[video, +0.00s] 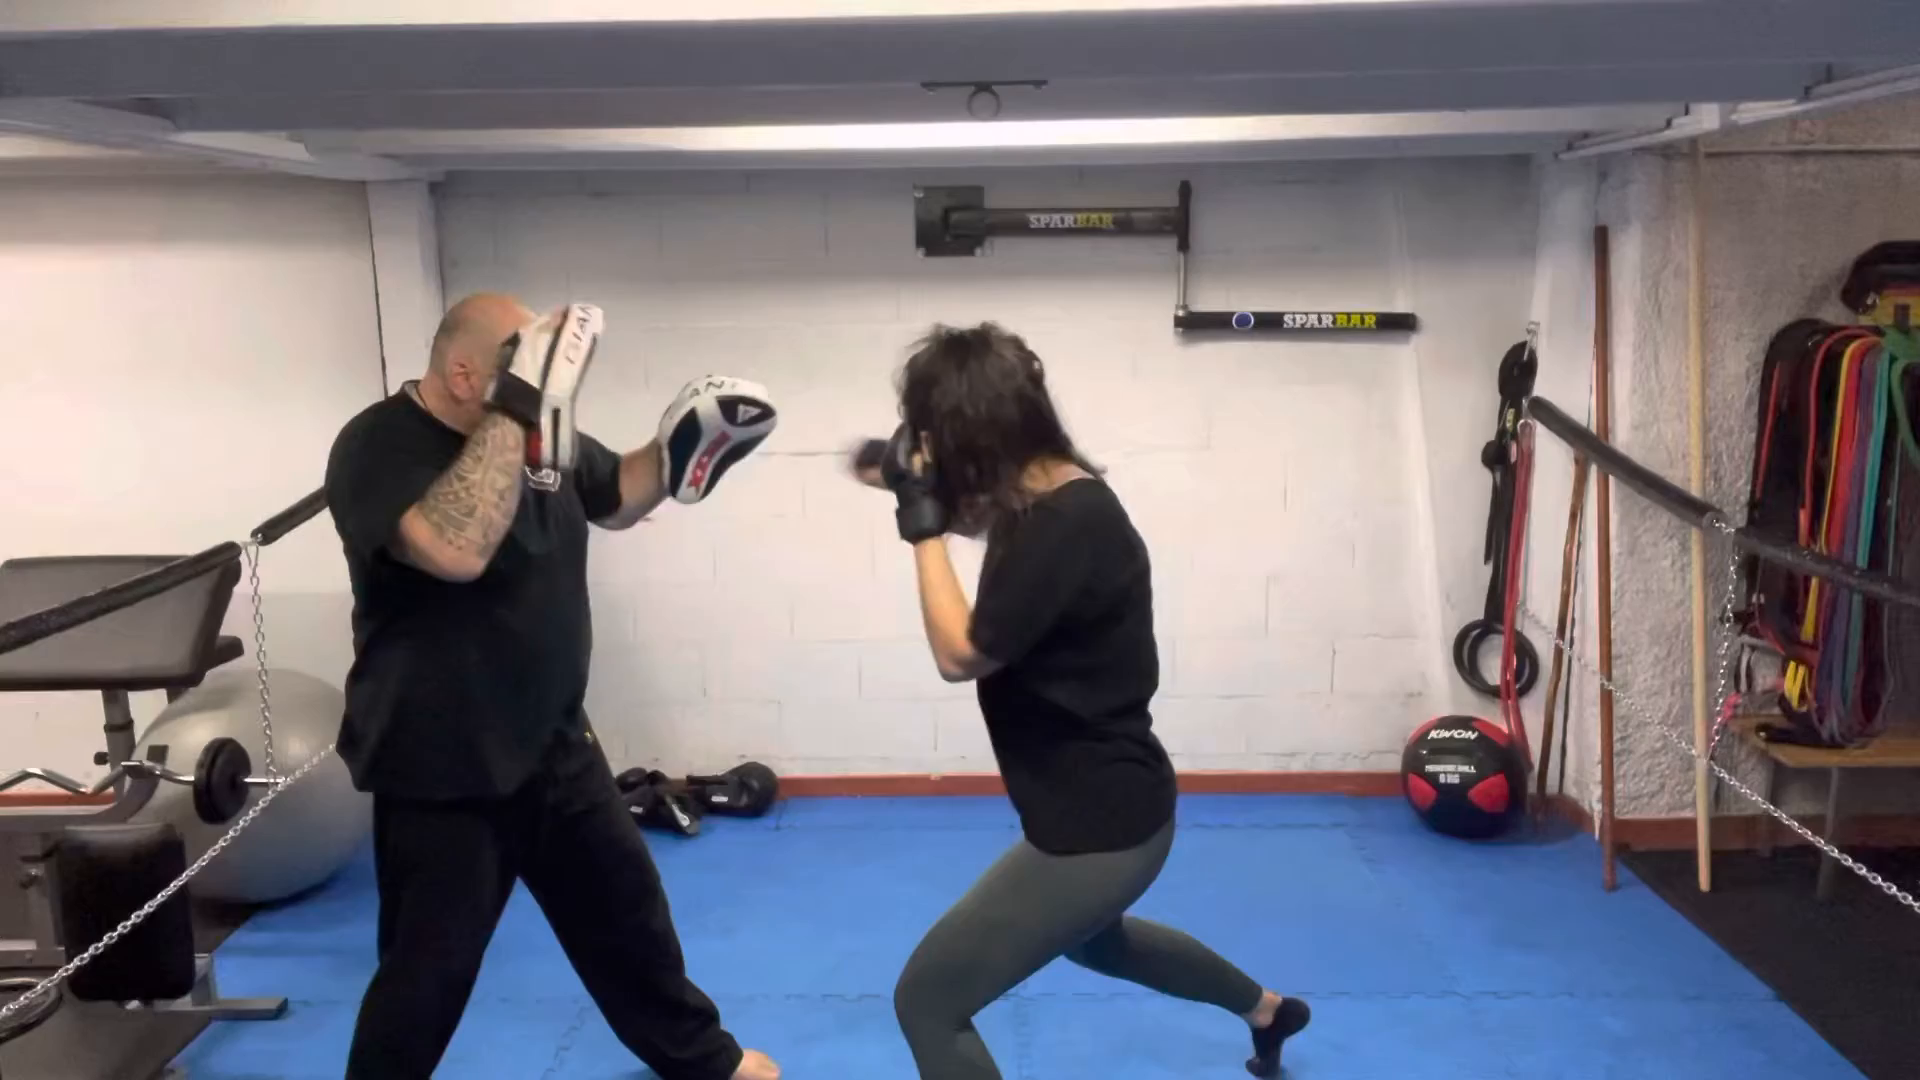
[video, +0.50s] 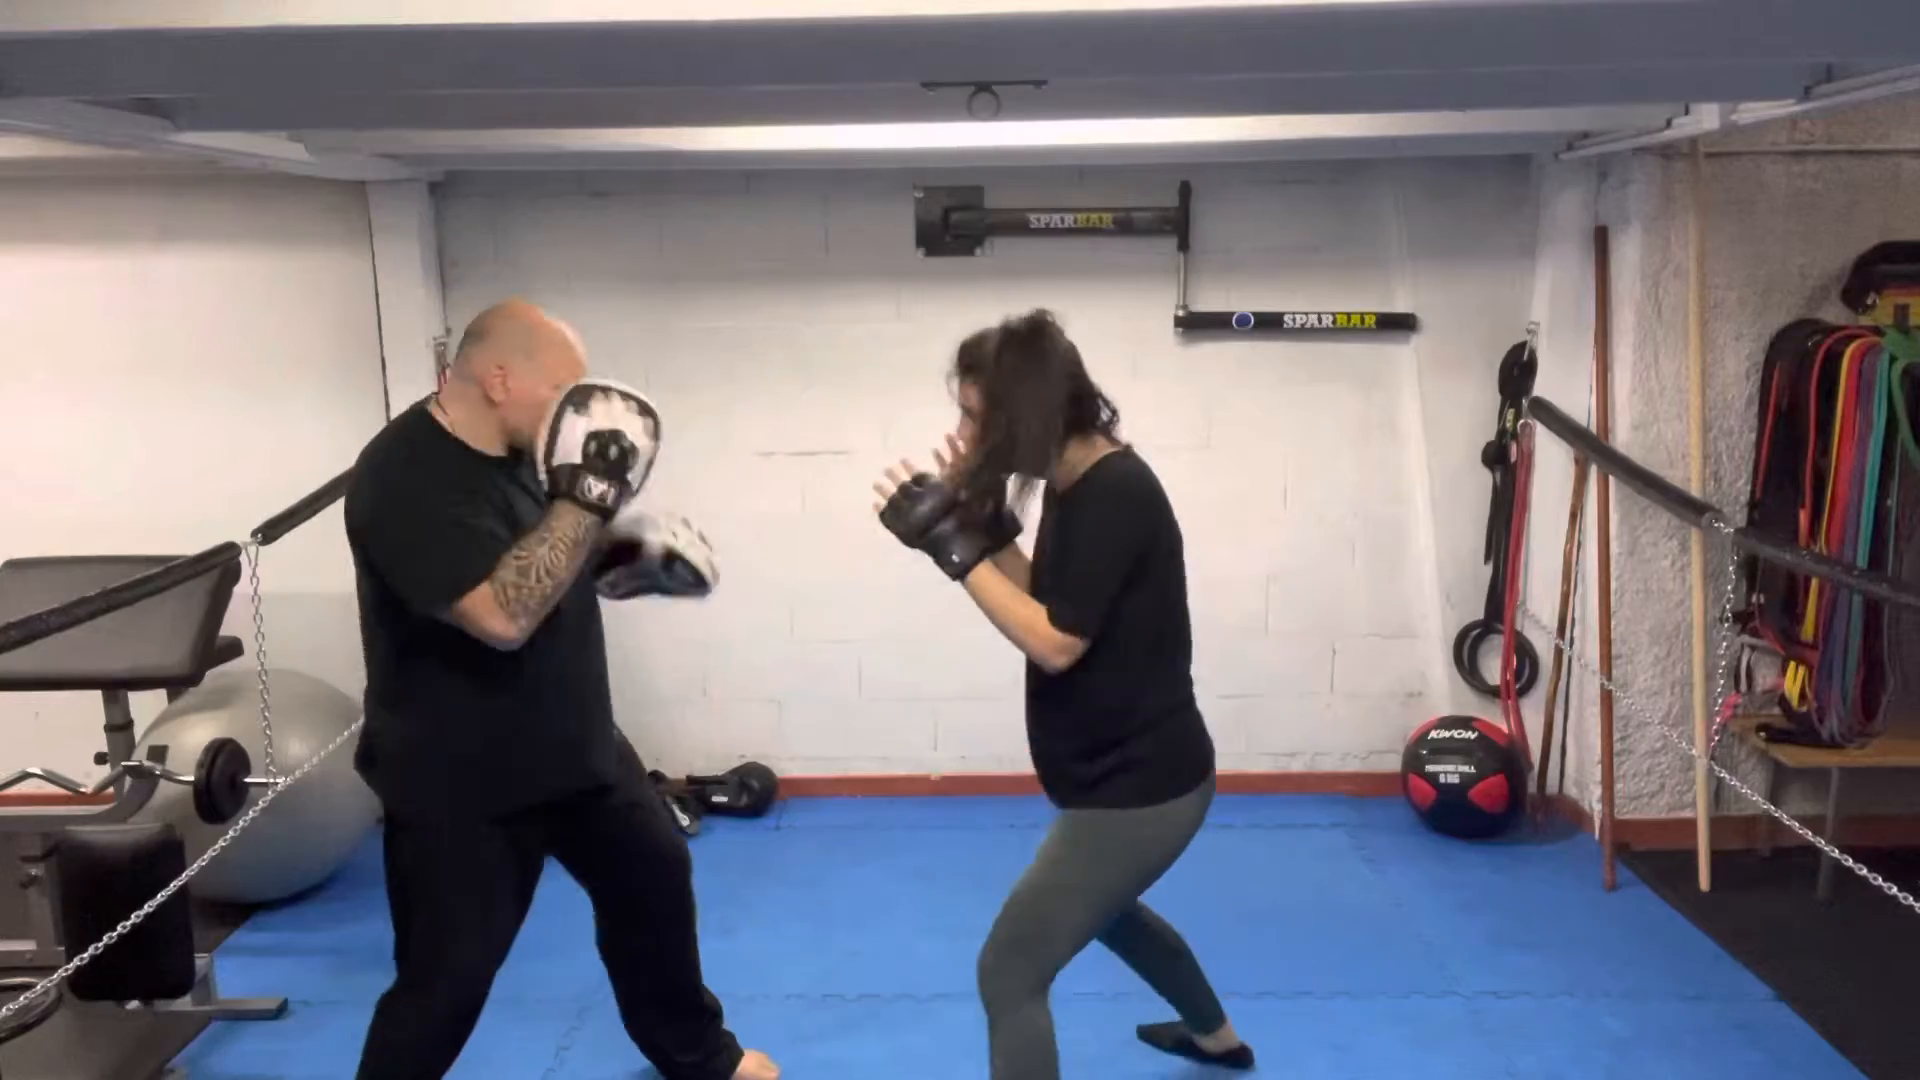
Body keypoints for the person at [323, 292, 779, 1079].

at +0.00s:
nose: (520, 386)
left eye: (525, 373)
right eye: (507, 372)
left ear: (512, 377)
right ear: (458, 373)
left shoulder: (530, 435)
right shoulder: (374, 446)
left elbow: (613, 490)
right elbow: (455, 546)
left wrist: (683, 444)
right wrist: (512, 412)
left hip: (549, 745)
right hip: (437, 766)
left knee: (624, 911)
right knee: (427, 972)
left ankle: (703, 1058)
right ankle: (379, 1077)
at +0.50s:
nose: (573, 409)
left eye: (577, 393)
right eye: (562, 390)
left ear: (498, 380)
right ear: (497, 379)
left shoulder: (527, 458)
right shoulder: (398, 475)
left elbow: (565, 568)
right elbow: (501, 612)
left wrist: (635, 564)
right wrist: (589, 495)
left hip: (572, 753)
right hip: (457, 782)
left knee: (652, 871)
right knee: (444, 980)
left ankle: (694, 1052)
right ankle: (388, 1075)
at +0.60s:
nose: (565, 400)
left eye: (581, 384)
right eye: (542, 377)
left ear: (594, 394)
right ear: (487, 376)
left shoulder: (553, 465)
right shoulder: (404, 465)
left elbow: (597, 556)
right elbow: (490, 590)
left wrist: (660, 597)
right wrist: (548, 452)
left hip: (599, 751)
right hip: (470, 777)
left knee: (682, 876)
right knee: (442, 980)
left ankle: (701, 1053)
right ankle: (387, 1076)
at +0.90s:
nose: (635, 398)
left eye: (642, 378)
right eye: (620, 377)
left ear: (646, 374)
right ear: (558, 370)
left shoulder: (672, 434)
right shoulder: (461, 431)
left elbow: (792, 455)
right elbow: (380, 522)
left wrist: (902, 440)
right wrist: (479, 412)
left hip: (637, 752)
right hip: (489, 760)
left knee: (701, 904)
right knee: (434, 950)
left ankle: (705, 1052)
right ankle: (393, 1074)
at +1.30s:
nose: (702, 388)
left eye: (709, 376)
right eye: (686, 366)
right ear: (629, 367)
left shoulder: (697, 467)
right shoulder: (553, 427)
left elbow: (788, 511)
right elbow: (664, 433)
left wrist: (905, 481)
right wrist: (750, 333)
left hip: (647, 738)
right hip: (530, 746)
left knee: (734, 866)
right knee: (457, 960)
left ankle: (792, 1023)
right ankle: (394, 1070)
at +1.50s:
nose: (797, 387)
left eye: (797, 373)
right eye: (784, 369)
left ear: (722, 364)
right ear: (726, 359)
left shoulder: (715, 450)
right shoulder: (707, 415)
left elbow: (804, 533)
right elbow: (904, 413)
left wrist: (909, 499)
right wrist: (997, 375)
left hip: (708, 718)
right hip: (628, 722)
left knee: (775, 842)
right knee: (560, 919)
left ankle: (795, 1019)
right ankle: (416, 1073)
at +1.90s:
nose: (808, 367)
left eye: (811, 350)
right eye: (799, 347)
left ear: (735, 334)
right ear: (742, 329)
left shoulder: (700, 395)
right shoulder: (724, 397)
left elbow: (836, 487)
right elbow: (853, 494)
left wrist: (941, 487)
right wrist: (965, 471)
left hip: (774, 645)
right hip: (801, 641)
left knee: (830, 822)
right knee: (980, 698)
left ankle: (802, 1020)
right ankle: (861, 881)